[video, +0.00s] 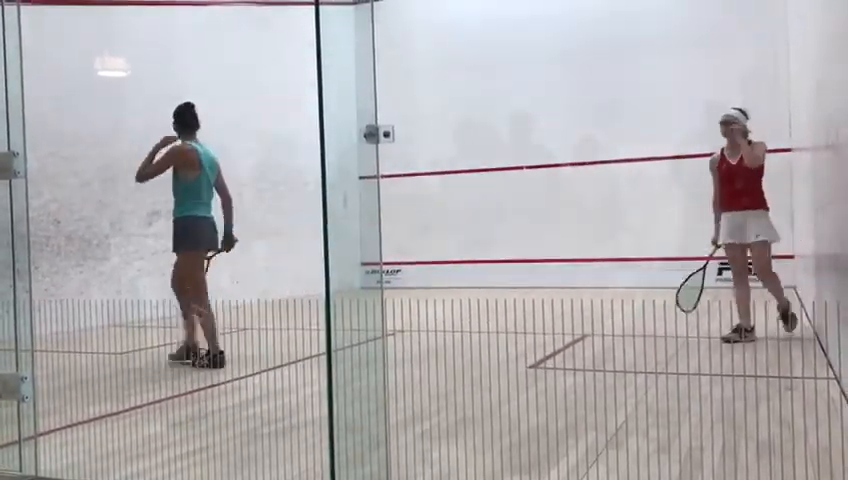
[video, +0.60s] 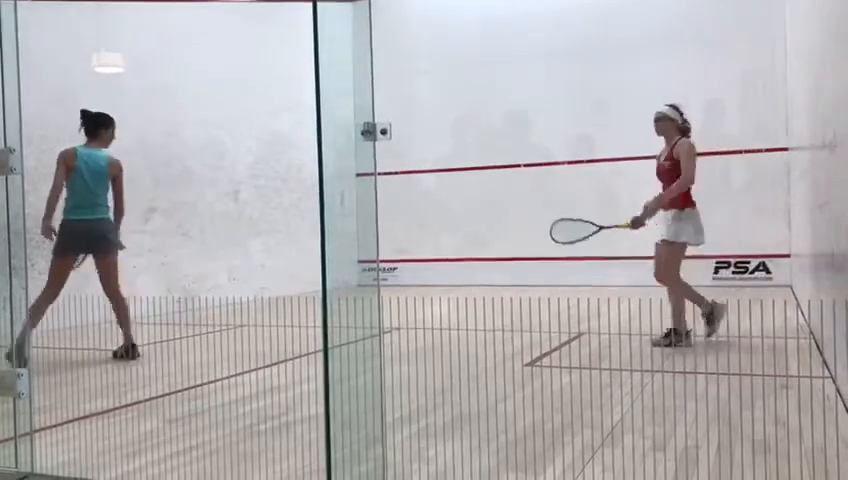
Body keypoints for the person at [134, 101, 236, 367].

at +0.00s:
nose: (175, 129)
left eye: (175, 125)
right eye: (178, 125)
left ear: (176, 126)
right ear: (197, 125)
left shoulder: (180, 151)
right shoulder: (208, 156)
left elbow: (142, 176)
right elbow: (226, 198)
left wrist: (158, 146)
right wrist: (229, 231)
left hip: (188, 228)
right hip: (207, 228)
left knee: (197, 292)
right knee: (179, 282)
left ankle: (214, 351)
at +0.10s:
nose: (159, 134)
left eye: (159, 130)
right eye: (166, 130)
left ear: (159, 132)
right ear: (181, 131)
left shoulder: (159, 159)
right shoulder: (191, 164)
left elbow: (127, 185)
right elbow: (207, 204)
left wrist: (137, 159)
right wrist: (215, 239)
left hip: (168, 232)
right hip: (187, 232)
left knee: (188, 296)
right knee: (164, 287)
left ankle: (213, 350)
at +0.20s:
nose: (144, 138)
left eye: (144, 134)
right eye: (149, 133)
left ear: (144, 135)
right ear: (166, 136)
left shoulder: (142, 162)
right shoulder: (173, 166)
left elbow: (116, 194)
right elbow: (185, 209)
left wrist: (125, 180)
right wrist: (194, 244)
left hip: (147, 236)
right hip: (166, 235)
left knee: (159, 299)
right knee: (140, 288)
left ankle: (199, 340)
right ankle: (134, 346)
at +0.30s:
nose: (131, 136)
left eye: (130, 133)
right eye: (141, 133)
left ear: (130, 134)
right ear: (152, 135)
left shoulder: (125, 159)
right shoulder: (158, 166)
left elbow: (104, 192)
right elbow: (164, 209)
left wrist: (99, 209)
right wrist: (172, 243)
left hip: (129, 237)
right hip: (149, 236)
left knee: (119, 297)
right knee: (130, 293)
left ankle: (165, 327)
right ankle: (132, 345)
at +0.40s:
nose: (122, 133)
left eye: (118, 128)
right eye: (134, 130)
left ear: (116, 130)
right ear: (138, 132)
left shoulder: (107, 155)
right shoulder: (144, 163)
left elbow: (90, 189)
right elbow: (150, 206)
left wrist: (79, 220)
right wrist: (151, 239)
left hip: (109, 230)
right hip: (135, 231)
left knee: (91, 289)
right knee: (127, 288)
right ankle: (132, 344)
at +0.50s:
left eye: (104, 128)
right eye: (123, 130)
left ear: (102, 129)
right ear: (124, 132)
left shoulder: (89, 154)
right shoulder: (131, 161)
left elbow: (75, 190)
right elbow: (136, 202)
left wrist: (64, 222)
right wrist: (134, 231)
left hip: (91, 229)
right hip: (120, 230)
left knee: (70, 287)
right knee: (121, 288)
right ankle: (132, 344)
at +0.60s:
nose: (114, 138)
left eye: (114, 133)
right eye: (112, 132)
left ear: (88, 132)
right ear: (104, 132)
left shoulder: (68, 155)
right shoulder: (113, 163)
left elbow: (56, 190)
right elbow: (119, 206)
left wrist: (46, 220)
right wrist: (115, 232)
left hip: (71, 230)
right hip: (102, 230)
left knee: (50, 291)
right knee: (113, 290)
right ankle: (129, 343)